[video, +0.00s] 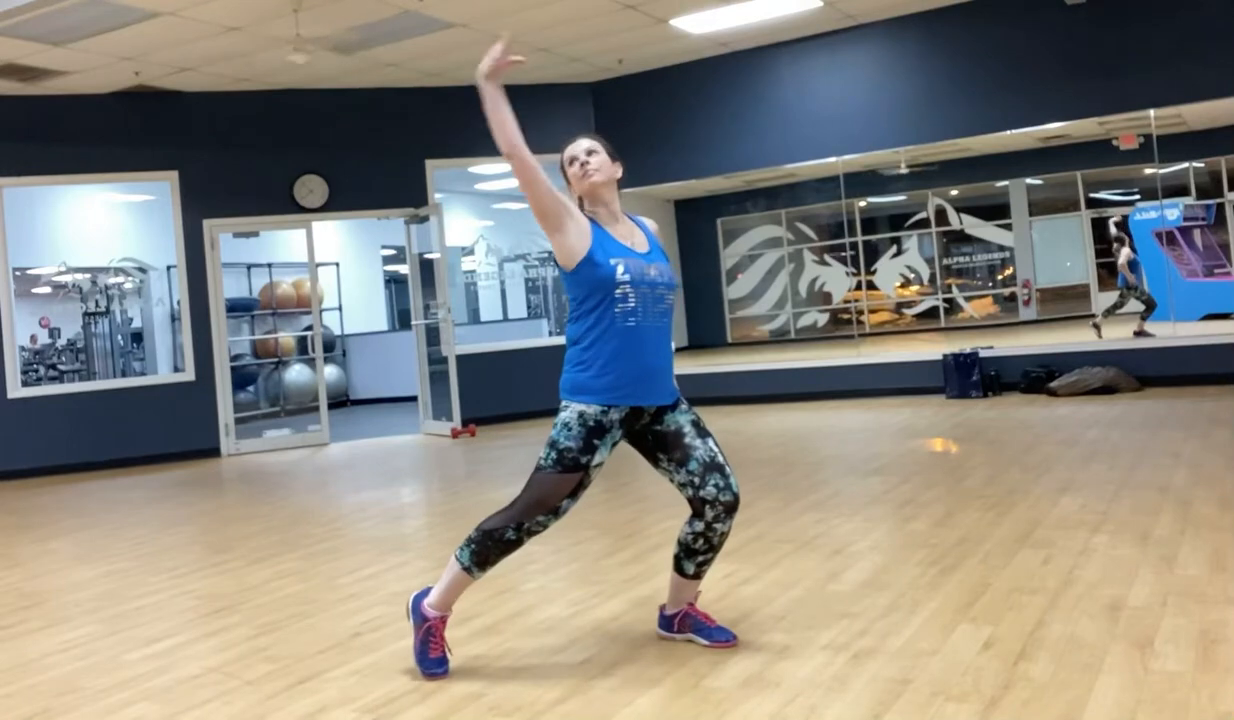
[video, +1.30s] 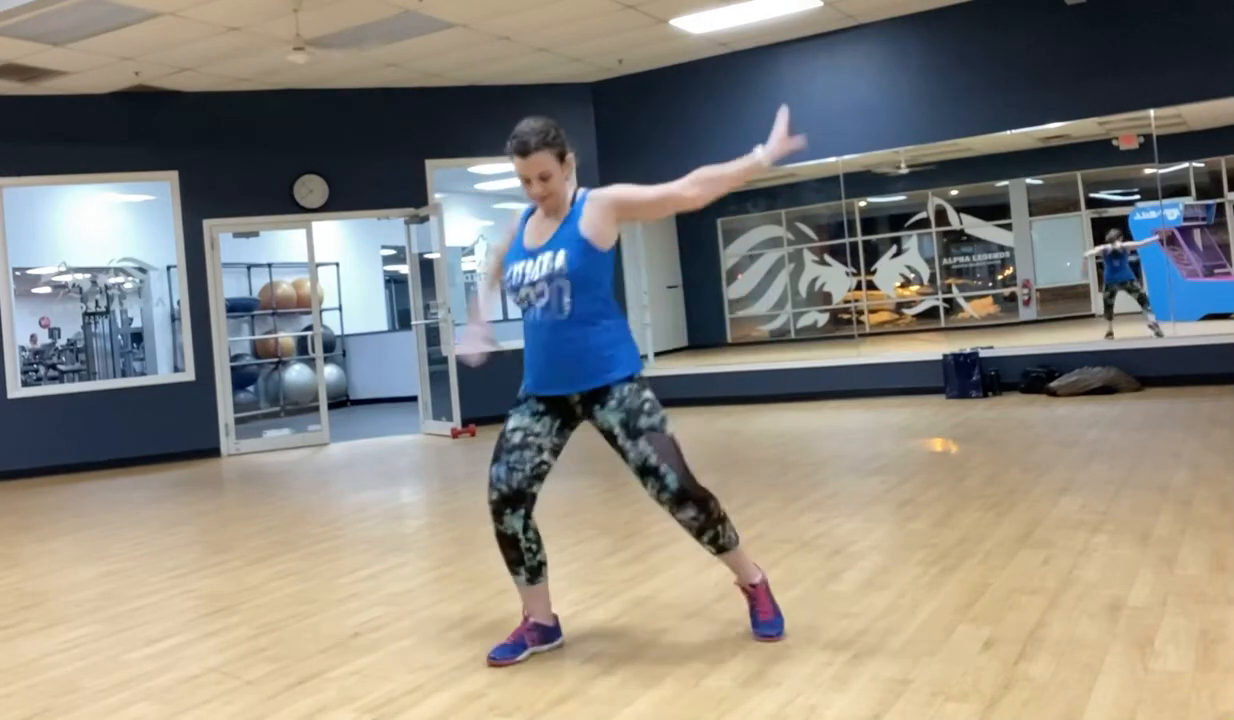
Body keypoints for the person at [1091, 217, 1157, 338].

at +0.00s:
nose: (1127, 238)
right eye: (1126, 237)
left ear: (1118, 241)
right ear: (1126, 240)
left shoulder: (1120, 248)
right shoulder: (1126, 250)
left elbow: (1115, 234)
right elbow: (1121, 264)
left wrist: (1111, 221)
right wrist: (1130, 276)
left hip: (1125, 285)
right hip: (1132, 285)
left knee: (1118, 305)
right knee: (1152, 305)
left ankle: (1098, 321)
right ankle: (1140, 328)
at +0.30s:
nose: (1115, 245)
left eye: (1116, 243)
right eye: (1115, 242)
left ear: (1119, 243)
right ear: (1124, 242)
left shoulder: (1116, 249)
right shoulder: (1126, 251)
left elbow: (1106, 240)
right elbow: (1121, 265)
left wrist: (1097, 230)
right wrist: (1130, 277)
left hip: (1124, 286)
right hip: (1132, 286)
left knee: (1117, 304)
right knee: (1151, 305)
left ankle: (1097, 322)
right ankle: (1140, 329)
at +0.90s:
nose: (1125, 241)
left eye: (1122, 239)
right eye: (1125, 239)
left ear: (1115, 240)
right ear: (1125, 239)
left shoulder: (1113, 250)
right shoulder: (1130, 249)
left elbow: (1096, 246)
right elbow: (1139, 258)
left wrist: (1080, 238)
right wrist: (1143, 278)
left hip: (1118, 284)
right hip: (1132, 284)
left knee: (1111, 306)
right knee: (1149, 304)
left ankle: (1096, 328)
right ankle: (1139, 329)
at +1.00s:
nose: (1123, 240)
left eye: (1119, 239)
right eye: (1125, 238)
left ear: (1114, 238)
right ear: (1126, 237)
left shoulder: (1112, 248)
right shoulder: (1134, 247)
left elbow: (1095, 246)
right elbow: (1144, 253)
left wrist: (1078, 239)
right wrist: (1150, 266)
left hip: (1117, 283)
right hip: (1132, 282)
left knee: (1109, 305)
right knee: (1147, 303)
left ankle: (1099, 329)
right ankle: (1139, 329)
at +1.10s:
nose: (1120, 238)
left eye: (1118, 236)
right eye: (1122, 235)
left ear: (1112, 236)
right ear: (1124, 235)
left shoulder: (1108, 244)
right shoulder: (1129, 242)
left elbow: (1092, 243)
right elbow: (1145, 243)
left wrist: (1079, 243)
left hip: (1113, 278)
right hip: (1130, 277)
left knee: (1110, 303)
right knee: (1142, 298)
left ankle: (1109, 329)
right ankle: (1140, 326)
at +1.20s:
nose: (1123, 237)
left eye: (1121, 236)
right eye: (1122, 235)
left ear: (1110, 236)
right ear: (1122, 235)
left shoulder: (1106, 245)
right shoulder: (1127, 242)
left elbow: (1085, 244)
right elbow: (1141, 242)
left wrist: (1071, 251)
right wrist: (1155, 237)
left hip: (1111, 279)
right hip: (1128, 277)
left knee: (1109, 303)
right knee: (1144, 296)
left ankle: (1110, 329)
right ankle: (1144, 323)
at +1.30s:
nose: (1121, 239)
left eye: (1121, 238)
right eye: (1121, 238)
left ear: (1109, 239)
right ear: (1120, 238)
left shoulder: (1103, 248)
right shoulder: (1125, 245)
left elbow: (1087, 254)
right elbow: (1140, 244)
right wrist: (1155, 238)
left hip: (1110, 280)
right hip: (1127, 278)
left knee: (1108, 304)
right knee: (1142, 298)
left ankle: (1110, 330)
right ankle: (1151, 321)